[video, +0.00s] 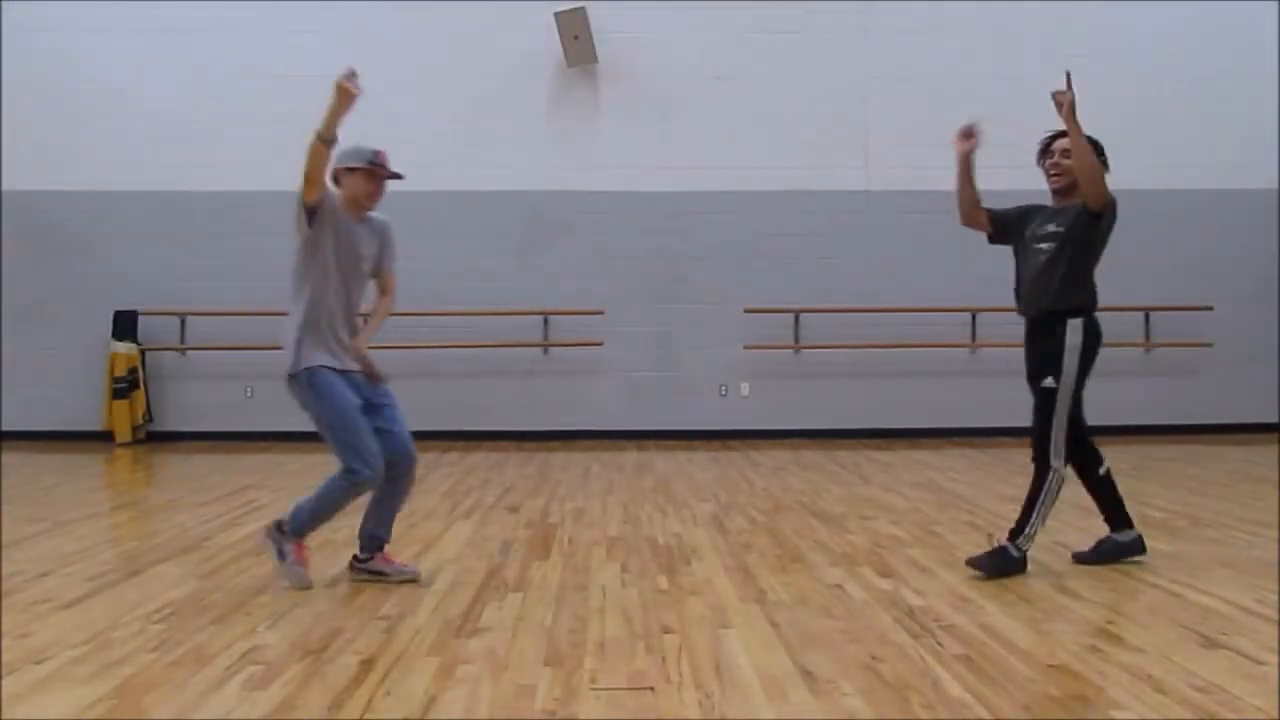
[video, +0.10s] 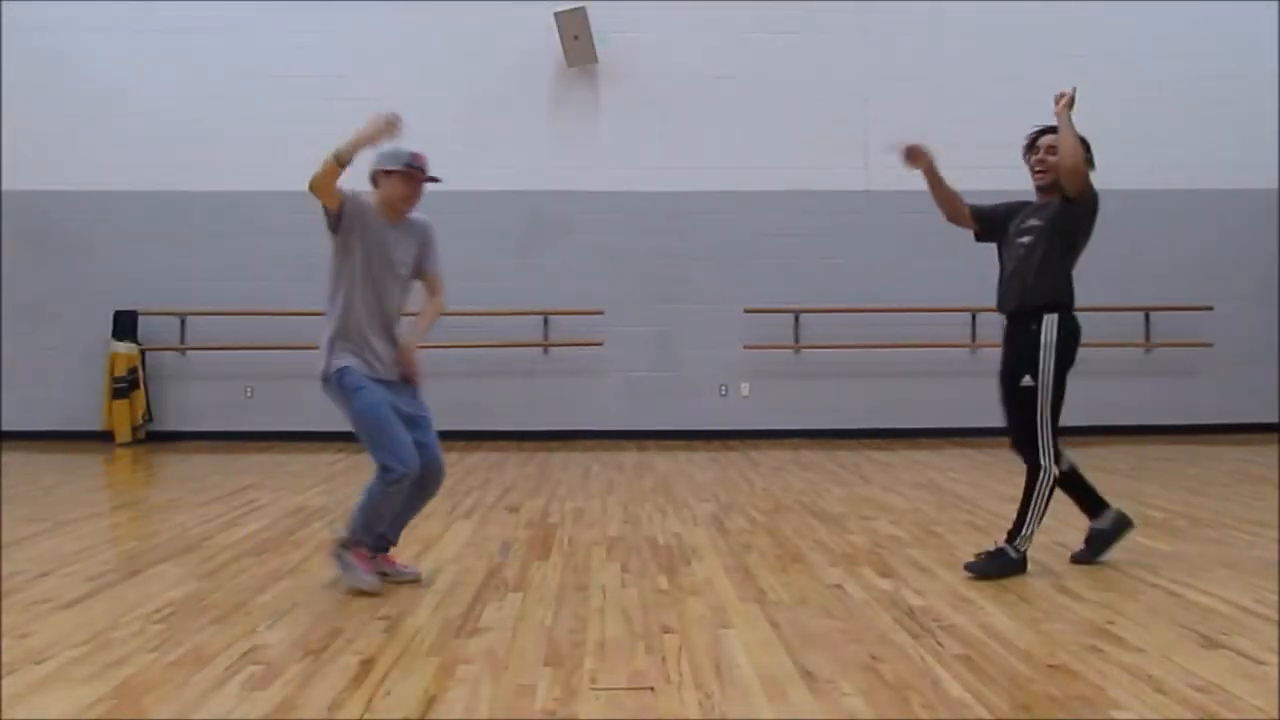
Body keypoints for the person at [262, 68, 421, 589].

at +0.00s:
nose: (378, 185)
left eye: (381, 178)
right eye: (369, 175)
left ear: (380, 185)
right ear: (342, 178)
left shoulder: (378, 232)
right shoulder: (321, 218)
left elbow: (386, 294)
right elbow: (314, 172)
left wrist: (363, 338)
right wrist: (336, 113)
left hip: (354, 361)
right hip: (313, 361)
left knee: (401, 460)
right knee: (365, 467)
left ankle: (369, 554)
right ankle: (288, 532)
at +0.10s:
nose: (414, 187)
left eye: (418, 180)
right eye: (405, 178)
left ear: (421, 188)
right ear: (380, 181)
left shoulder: (419, 232)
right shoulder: (353, 215)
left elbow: (436, 296)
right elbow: (320, 183)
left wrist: (414, 339)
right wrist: (361, 139)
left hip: (392, 366)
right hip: (347, 360)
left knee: (430, 468)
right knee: (402, 463)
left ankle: (378, 549)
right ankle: (354, 548)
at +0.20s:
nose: (455, 177)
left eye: (459, 169)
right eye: (447, 167)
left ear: (459, 173)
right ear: (419, 164)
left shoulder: (458, 212)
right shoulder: (384, 205)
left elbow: (480, 272)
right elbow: (327, 197)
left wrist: (457, 298)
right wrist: (393, 190)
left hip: (427, 357)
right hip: (381, 350)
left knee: (439, 466)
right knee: (427, 459)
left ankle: (375, 547)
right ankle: (427, 562)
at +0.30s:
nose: (486, 174)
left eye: (492, 167)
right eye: (481, 163)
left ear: (492, 166)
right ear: (452, 153)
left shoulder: (493, 196)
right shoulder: (415, 185)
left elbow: (519, 259)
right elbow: (370, 231)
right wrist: (439, 218)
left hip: (467, 346)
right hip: (417, 344)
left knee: (469, 461)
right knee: (459, 458)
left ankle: (404, 526)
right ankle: (460, 563)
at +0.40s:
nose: (529, 187)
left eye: (533, 180)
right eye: (523, 178)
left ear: (528, 178)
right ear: (493, 168)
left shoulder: (525, 202)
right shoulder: (456, 201)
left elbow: (542, 265)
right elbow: (430, 268)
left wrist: (537, 230)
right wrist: (493, 234)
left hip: (506, 355)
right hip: (455, 356)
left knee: (523, 469)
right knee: (487, 474)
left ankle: (464, 527)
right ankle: (466, 565)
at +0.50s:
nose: (584, 188)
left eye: (587, 181)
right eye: (579, 178)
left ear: (578, 178)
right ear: (549, 168)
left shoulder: (569, 209)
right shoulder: (513, 200)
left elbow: (574, 273)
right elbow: (488, 271)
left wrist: (580, 227)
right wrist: (549, 231)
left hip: (538, 357)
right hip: (485, 356)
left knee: (583, 456)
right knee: (502, 486)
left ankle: (540, 557)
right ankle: (467, 568)